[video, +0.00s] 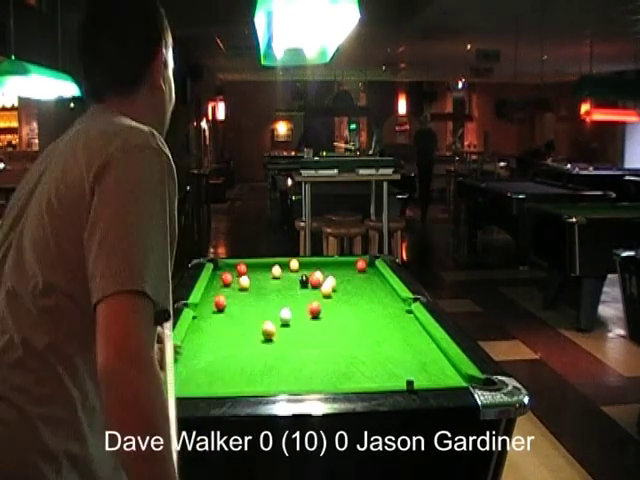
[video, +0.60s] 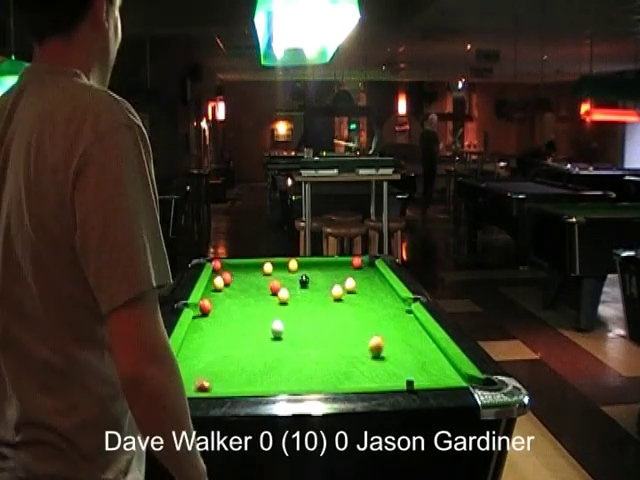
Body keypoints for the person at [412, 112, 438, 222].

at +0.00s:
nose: (423, 124)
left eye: (423, 122)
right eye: (424, 122)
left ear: (420, 123)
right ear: (428, 122)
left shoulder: (417, 133)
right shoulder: (432, 133)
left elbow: (414, 147)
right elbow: (435, 147)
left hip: (420, 162)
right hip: (429, 163)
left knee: (422, 188)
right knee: (426, 188)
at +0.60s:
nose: (436, 122)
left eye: (435, 120)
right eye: (435, 120)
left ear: (428, 121)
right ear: (433, 121)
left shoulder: (423, 133)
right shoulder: (432, 134)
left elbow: (422, 148)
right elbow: (435, 149)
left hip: (425, 162)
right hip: (431, 163)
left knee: (426, 186)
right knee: (429, 186)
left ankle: (425, 206)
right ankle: (426, 207)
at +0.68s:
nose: (438, 123)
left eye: (438, 121)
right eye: (437, 121)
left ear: (430, 121)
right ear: (435, 122)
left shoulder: (425, 132)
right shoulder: (433, 134)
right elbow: (435, 150)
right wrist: (446, 143)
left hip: (426, 161)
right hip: (431, 163)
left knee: (427, 183)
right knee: (430, 184)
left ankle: (425, 204)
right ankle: (426, 205)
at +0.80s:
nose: (441, 122)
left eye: (441, 120)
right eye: (441, 120)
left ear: (434, 118)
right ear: (439, 120)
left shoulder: (428, 128)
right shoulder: (435, 130)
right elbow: (436, 146)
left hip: (429, 155)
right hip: (435, 156)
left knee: (429, 175)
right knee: (438, 175)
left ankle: (427, 192)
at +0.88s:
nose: (444, 123)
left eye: (444, 121)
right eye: (443, 121)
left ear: (436, 118)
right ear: (442, 120)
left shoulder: (429, 128)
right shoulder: (438, 130)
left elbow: (429, 142)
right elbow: (439, 145)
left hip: (429, 155)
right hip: (436, 156)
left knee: (430, 175)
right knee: (440, 175)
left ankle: (427, 192)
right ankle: (442, 193)